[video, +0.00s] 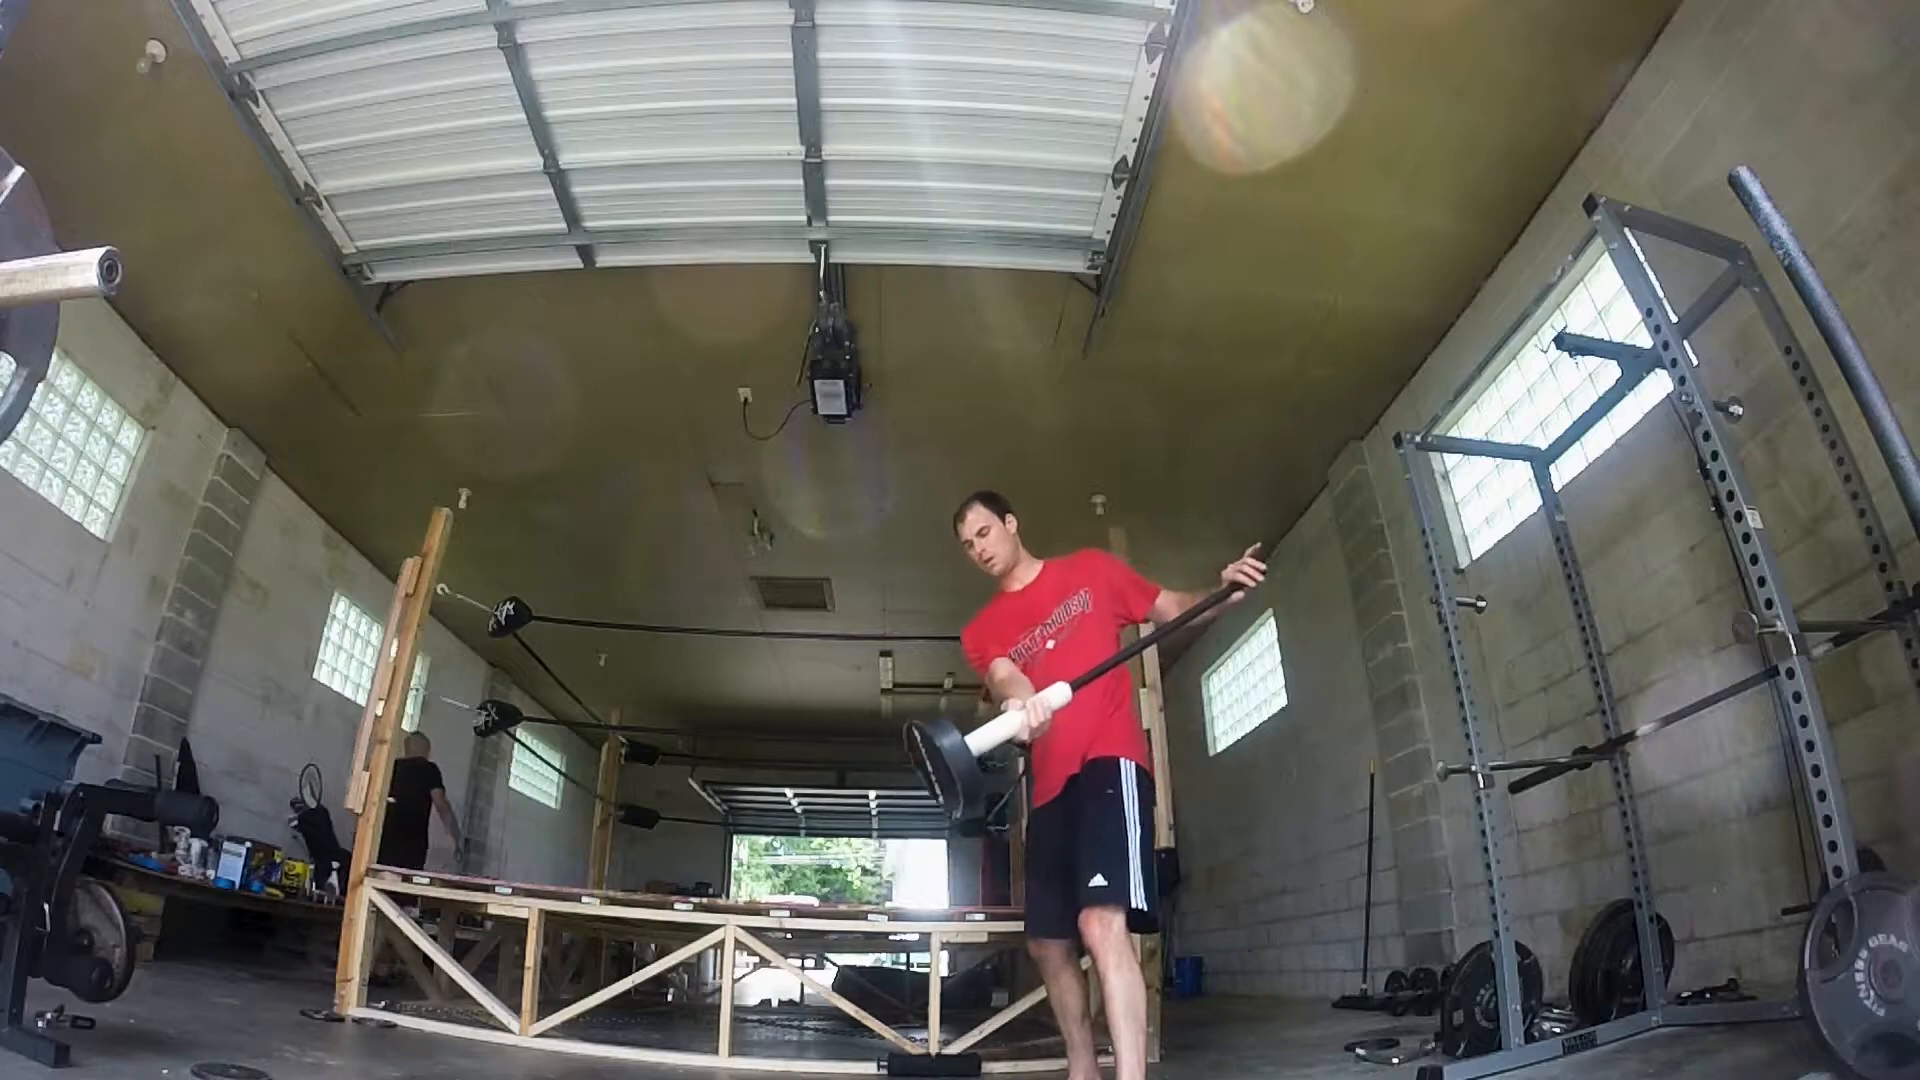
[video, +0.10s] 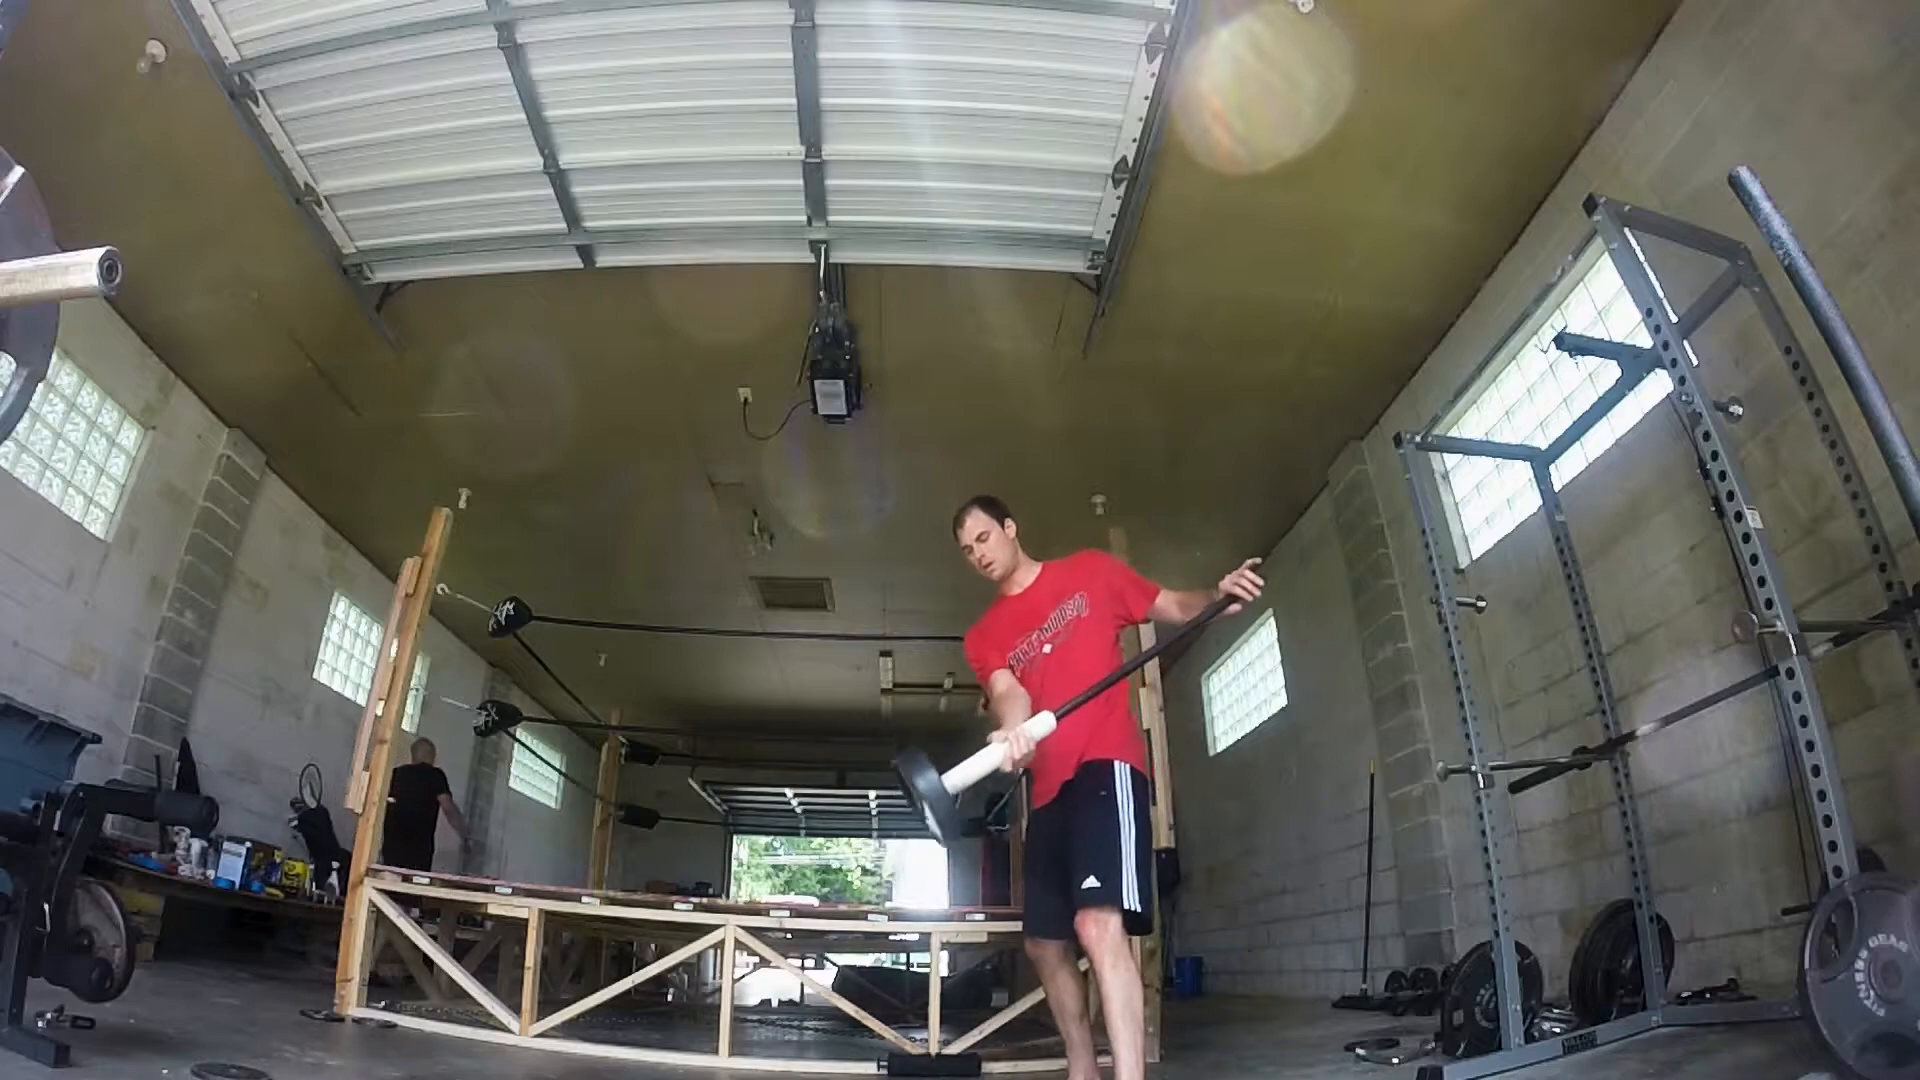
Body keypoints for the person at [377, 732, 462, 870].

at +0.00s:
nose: (427, 753)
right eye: (427, 749)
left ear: (406, 748)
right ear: (427, 750)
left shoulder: (392, 765)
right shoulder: (429, 769)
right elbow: (441, 806)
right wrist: (456, 840)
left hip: (386, 841)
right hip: (413, 843)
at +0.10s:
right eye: (432, 754)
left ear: (412, 755)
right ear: (433, 756)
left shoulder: (396, 773)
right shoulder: (435, 775)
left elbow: (379, 803)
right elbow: (448, 808)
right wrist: (465, 835)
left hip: (392, 845)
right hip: (420, 847)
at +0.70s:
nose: (474, 779)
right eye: (474, 776)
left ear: (457, 775)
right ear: (473, 777)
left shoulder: (437, 792)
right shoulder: (471, 795)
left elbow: (426, 830)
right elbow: (471, 831)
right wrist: (471, 864)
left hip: (432, 861)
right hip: (456, 863)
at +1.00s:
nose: (500, 793)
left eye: (500, 789)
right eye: (499, 789)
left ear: (483, 787)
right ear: (494, 787)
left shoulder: (461, 804)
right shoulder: (501, 809)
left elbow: (445, 831)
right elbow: (504, 844)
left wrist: (445, 860)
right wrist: (509, 876)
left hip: (458, 869)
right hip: (486, 872)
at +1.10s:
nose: (503, 790)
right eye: (504, 787)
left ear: (487, 785)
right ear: (504, 787)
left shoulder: (469, 801)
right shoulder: (509, 806)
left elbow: (448, 822)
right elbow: (513, 836)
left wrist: (452, 852)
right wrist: (517, 861)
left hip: (467, 864)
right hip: (493, 869)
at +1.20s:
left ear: (492, 783)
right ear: (509, 786)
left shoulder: (476, 799)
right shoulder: (514, 804)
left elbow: (453, 815)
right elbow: (520, 832)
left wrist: (460, 842)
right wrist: (520, 851)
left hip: (474, 857)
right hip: (499, 861)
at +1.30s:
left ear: (497, 790)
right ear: (513, 792)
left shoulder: (482, 806)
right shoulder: (517, 810)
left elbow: (457, 824)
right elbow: (525, 840)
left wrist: (465, 847)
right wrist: (521, 855)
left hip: (480, 865)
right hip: (504, 868)